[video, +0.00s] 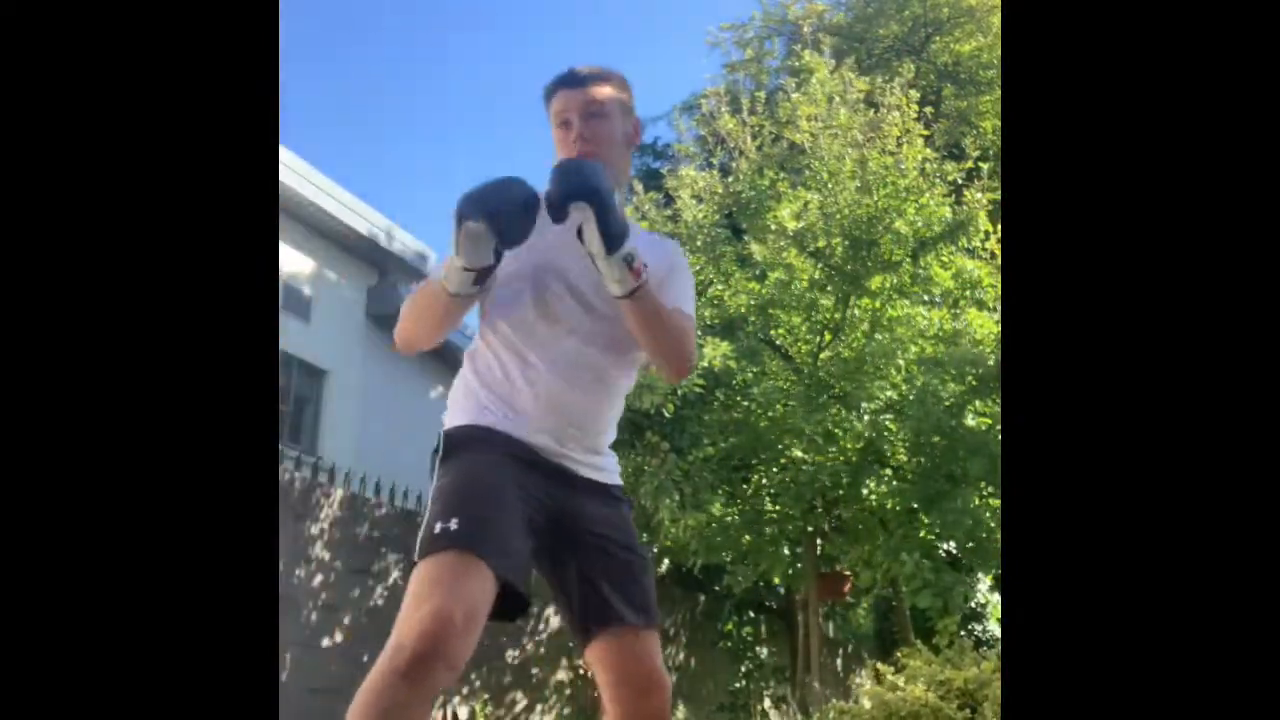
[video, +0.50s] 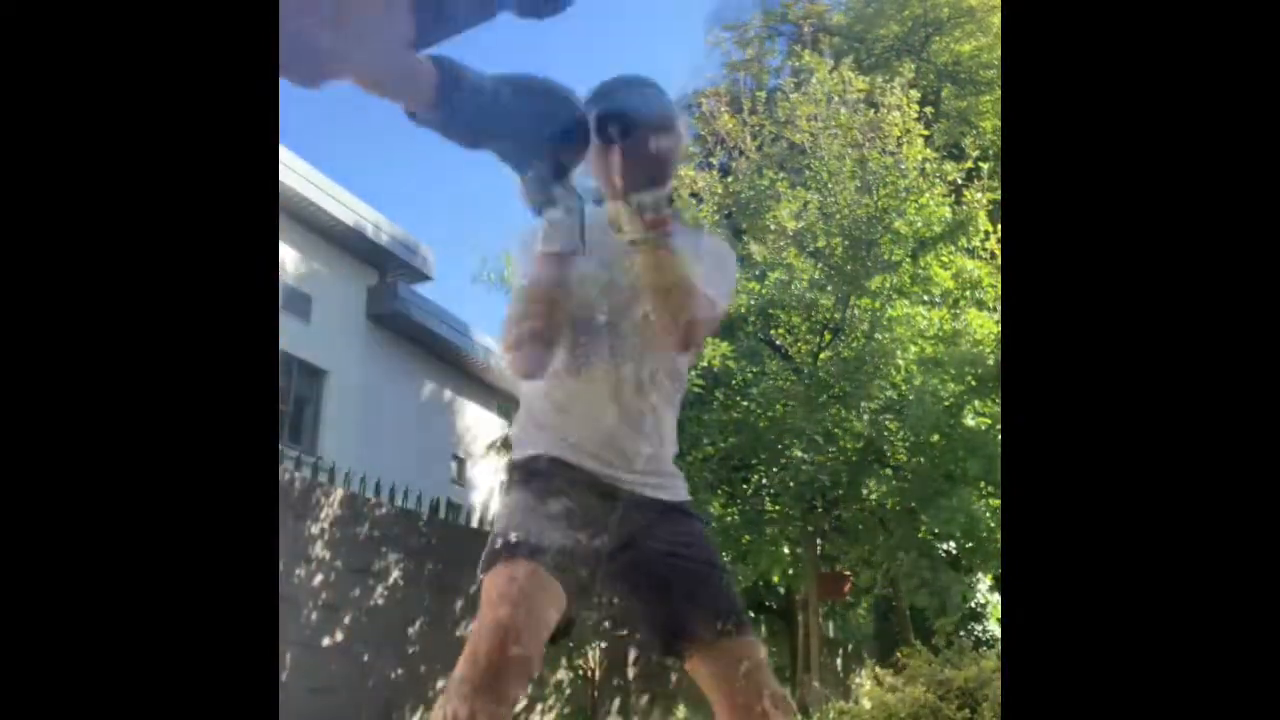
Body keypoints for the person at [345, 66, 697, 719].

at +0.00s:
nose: (579, 129)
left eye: (597, 114)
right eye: (564, 121)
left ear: (635, 133)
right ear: (552, 142)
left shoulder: (660, 252)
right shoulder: (511, 223)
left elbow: (678, 362)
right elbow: (409, 337)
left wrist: (619, 270)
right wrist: (464, 268)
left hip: (591, 469)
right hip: (492, 439)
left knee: (642, 691)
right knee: (432, 642)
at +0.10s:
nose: (594, 125)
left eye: (613, 110)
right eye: (579, 118)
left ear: (652, 131)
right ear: (566, 136)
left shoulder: (676, 248)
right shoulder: (530, 208)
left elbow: (692, 345)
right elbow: (406, 305)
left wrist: (625, 245)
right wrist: (480, 227)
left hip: (604, 466)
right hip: (504, 430)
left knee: (636, 692)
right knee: (447, 626)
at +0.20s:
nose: (586, 121)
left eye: (603, 106)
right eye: (573, 113)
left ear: (648, 122)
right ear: (560, 127)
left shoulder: (679, 233)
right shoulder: (529, 204)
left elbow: (700, 318)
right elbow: (404, 303)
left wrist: (631, 217)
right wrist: (479, 216)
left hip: (615, 464)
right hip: (514, 433)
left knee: (632, 694)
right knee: (472, 642)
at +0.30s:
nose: (568, 119)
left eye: (584, 102)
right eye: (553, 106)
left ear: (625, 109)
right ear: (538, 119)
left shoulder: (667, 211)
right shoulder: (518, 200)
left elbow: (687, 285)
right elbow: (412, 300)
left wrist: (632, 164)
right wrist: (478, 185)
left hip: (628, 468)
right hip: (527, 444)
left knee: (675, 696)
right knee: (492, 645)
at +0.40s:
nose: (590, 151)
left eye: (608, 131)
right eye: (575, 133)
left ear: (635, 130)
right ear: (549, 136)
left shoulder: (677, 221)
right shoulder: (531, 212)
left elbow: (662, 285)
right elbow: (493, 301)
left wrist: (622, 159)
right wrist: (522, 178)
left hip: (641, 473)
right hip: (537, 456)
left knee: (724, 697)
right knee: (492, 643)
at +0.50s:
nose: (643, 151)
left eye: (658, 133)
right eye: (621, 135)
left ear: (679, 143)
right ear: (594, 150)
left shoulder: (707, 249)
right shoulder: (564, 229)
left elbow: (684, 334)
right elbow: (526, 360)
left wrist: (647, 231)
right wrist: (552, 260)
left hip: (655, 488)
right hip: (553, 469)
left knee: (750, 692)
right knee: (503, 646)